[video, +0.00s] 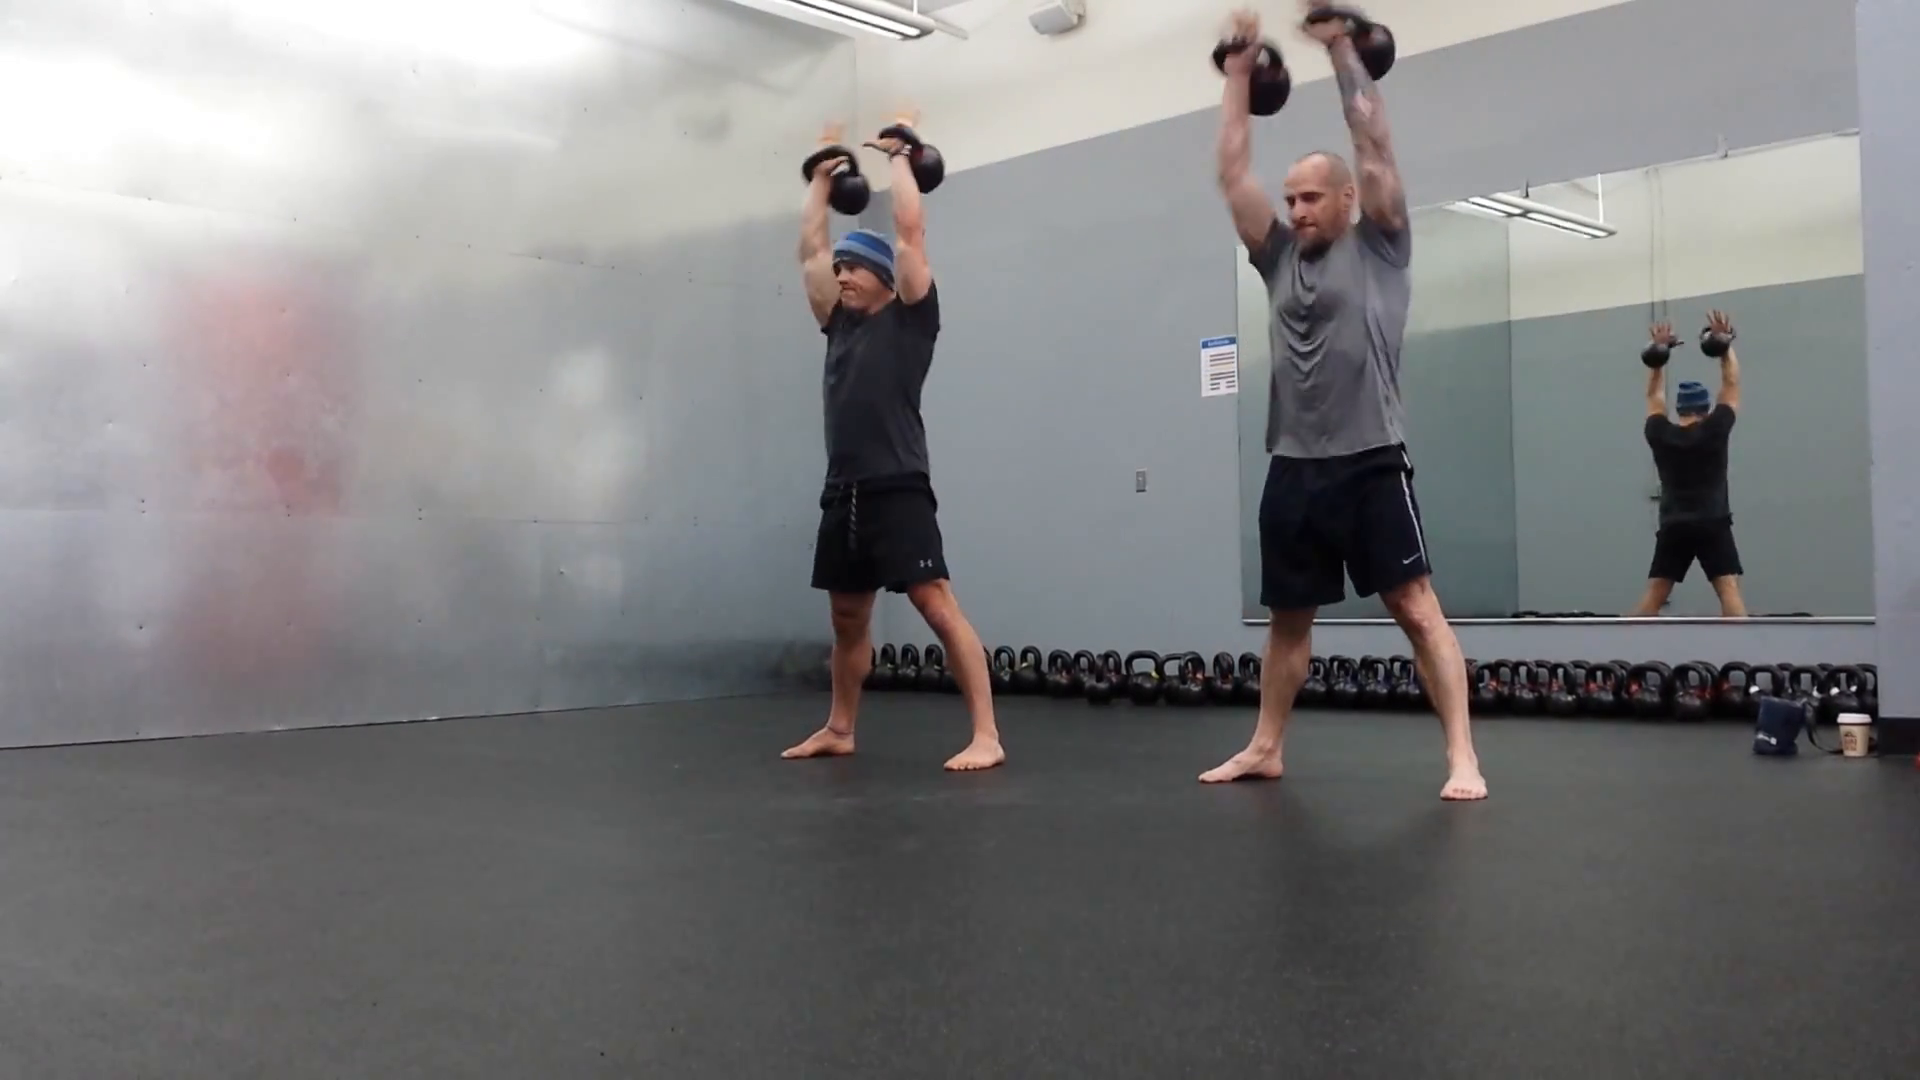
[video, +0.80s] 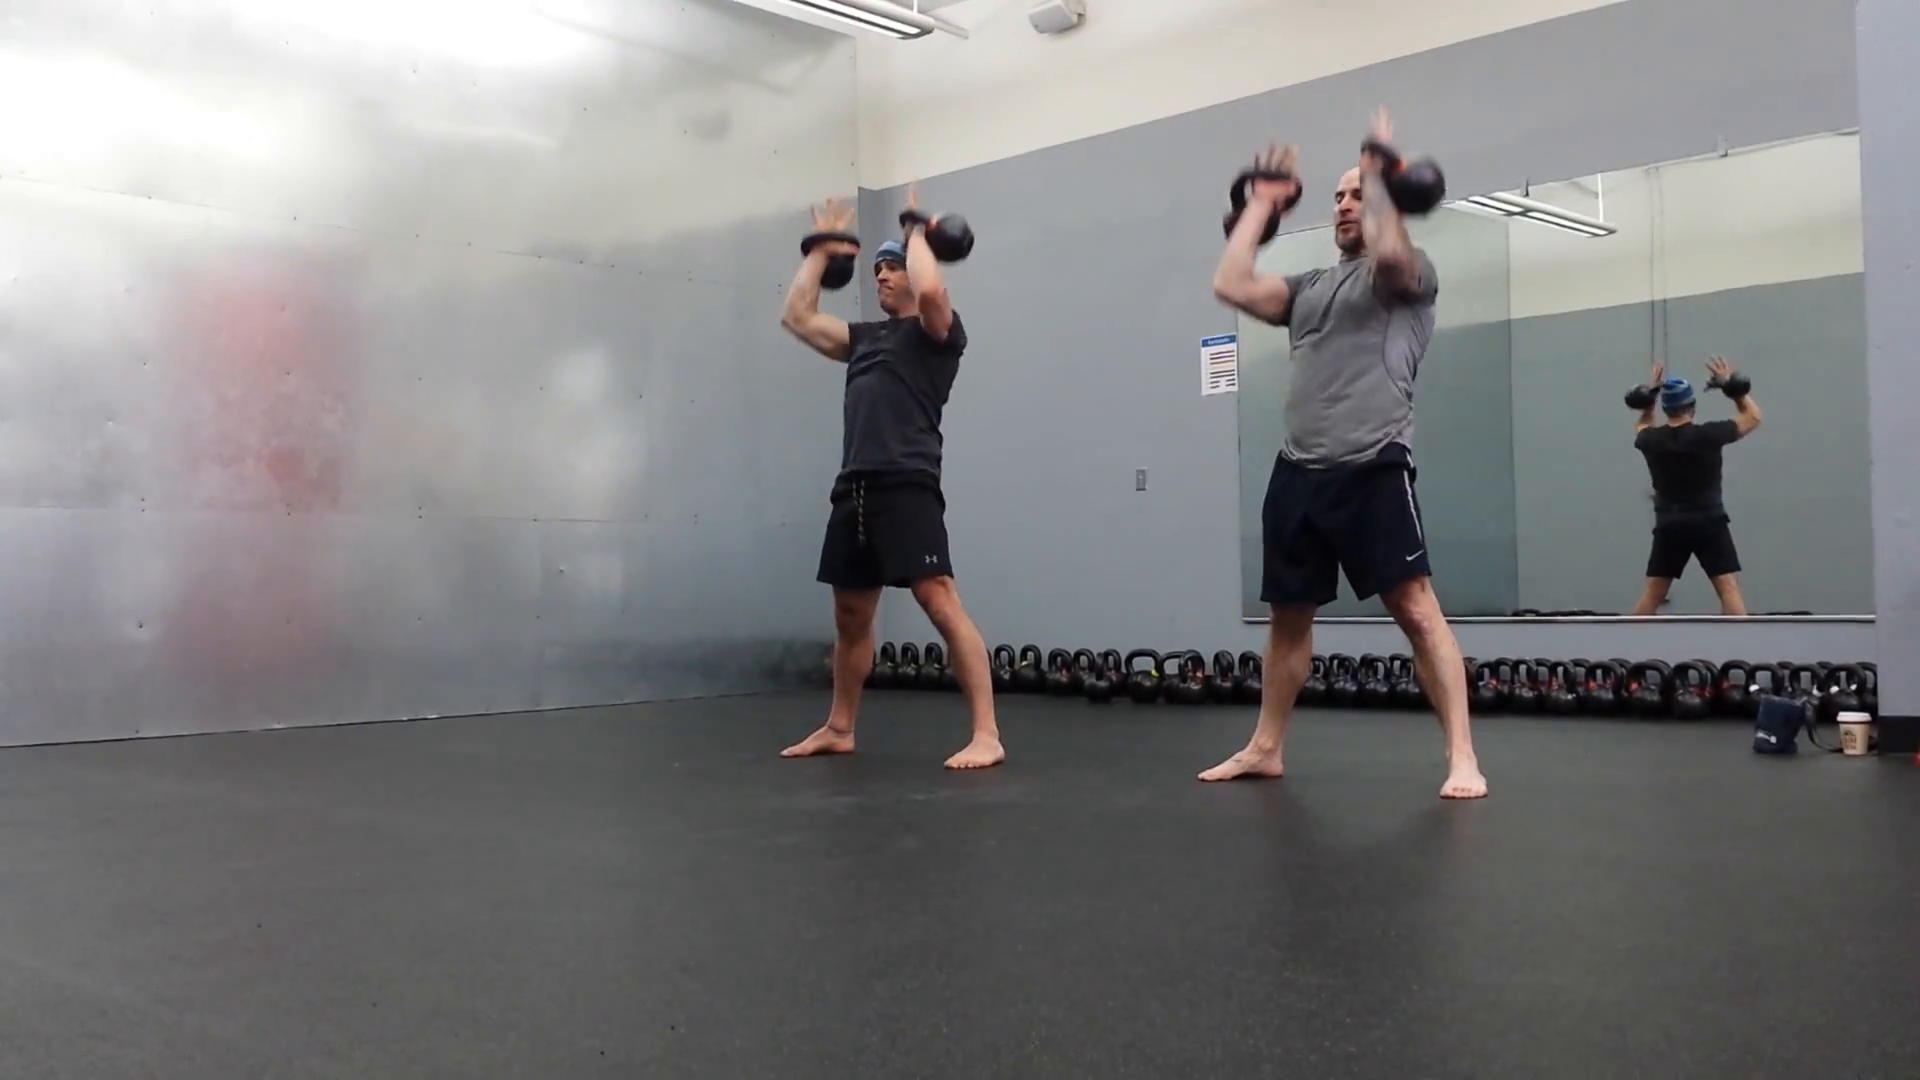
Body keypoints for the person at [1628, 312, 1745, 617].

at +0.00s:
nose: (1703, 413)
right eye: (1703, 408)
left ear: (1677, 410)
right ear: (1706, 410)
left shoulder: (1660, 435)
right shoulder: (1715, 432)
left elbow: (1653, 395)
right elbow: (1730, 386)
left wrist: (1658, 355)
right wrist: (1724, 344)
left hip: (1674, 526)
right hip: (1713, 524)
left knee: (1653, 597)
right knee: (1729, 592)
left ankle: (1620, 651)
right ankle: (1745, 655)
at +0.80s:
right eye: (1687, 404)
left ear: (1663, 409)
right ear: (1692, 406)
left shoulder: (1650, 441)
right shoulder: (1709, 435)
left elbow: (1643, 425)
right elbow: (1752, 417)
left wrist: (1650, 395)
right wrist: (1733, 386)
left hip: (1670, 528)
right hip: (1709, 525)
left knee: (1653, 595)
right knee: (1728, 591)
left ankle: (1625, 647)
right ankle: (1745, 650)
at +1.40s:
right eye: (1695, 405)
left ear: (1666, 408)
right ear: (1694, 407)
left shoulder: (1648, 446)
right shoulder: (1712, 440)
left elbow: (1652, 483)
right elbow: (1738, 472)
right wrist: (1728, 435)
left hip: (1671, 529)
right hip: (1711, 527)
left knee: (1653, 595)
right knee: (1728, 589)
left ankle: (1623, 647)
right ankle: (1745, 647)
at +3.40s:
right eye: (1683, 404)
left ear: (1659, 407)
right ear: (1687, 405)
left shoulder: (1640, 442)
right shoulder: (1705, 437)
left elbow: (1650, 480)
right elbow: (1729, 471)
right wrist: (1734, 485)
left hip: (1657, 530)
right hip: (1698, 528)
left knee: (1642, 596)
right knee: (1727, 590)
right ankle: (1744, 647)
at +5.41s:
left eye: (1677, 405)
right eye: (1694, 403)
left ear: (1670, 409)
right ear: (1698, 406)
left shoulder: (1656, 437)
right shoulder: (1713, 430)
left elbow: (1646, 403)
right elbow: (1743, 393)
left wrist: (1649, 366)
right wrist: (1729, 357)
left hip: (1674, 527)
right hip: (1711, 524)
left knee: (1654, 596)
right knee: (1729, 590)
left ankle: (1626, 649)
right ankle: (1747, 650)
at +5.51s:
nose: (1694, 409)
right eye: (1694, 405)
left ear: (1667, 410)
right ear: (1694, 407)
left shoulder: (1653, 438)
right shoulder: (1712, 431)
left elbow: (1646, 412)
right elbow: (1750, 402)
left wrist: (1649, 379)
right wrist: (1732, 368)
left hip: (1672, 527)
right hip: (1710, 525)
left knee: (1653, 595)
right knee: (1728, 590)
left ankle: (1622, 647)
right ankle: (1748, 648)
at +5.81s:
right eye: (1687, 403)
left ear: (1663, 409)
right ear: (1690, 405)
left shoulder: (1650, 446)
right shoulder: (1708, 437)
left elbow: (1642, 447)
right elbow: (1751, 444)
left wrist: (1650, 428)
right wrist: (1736, 412)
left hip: (1668, 529)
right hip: (1708, 526)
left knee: (1651, 596)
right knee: (1727, 591)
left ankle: (1624, 647)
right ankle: (1745, 647)